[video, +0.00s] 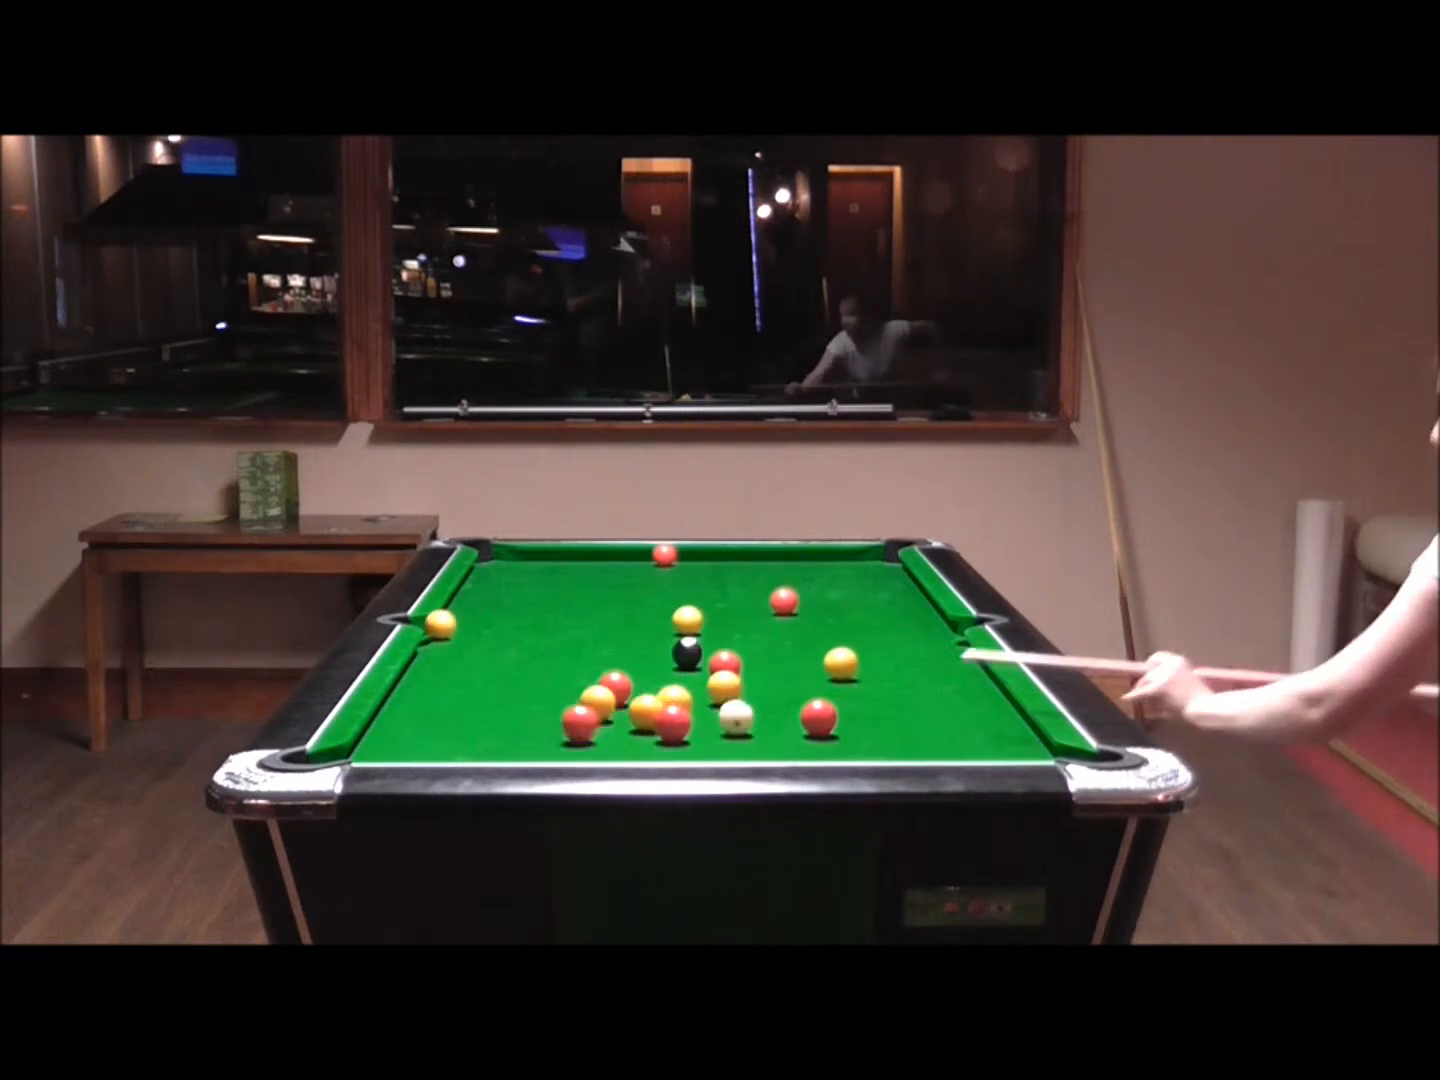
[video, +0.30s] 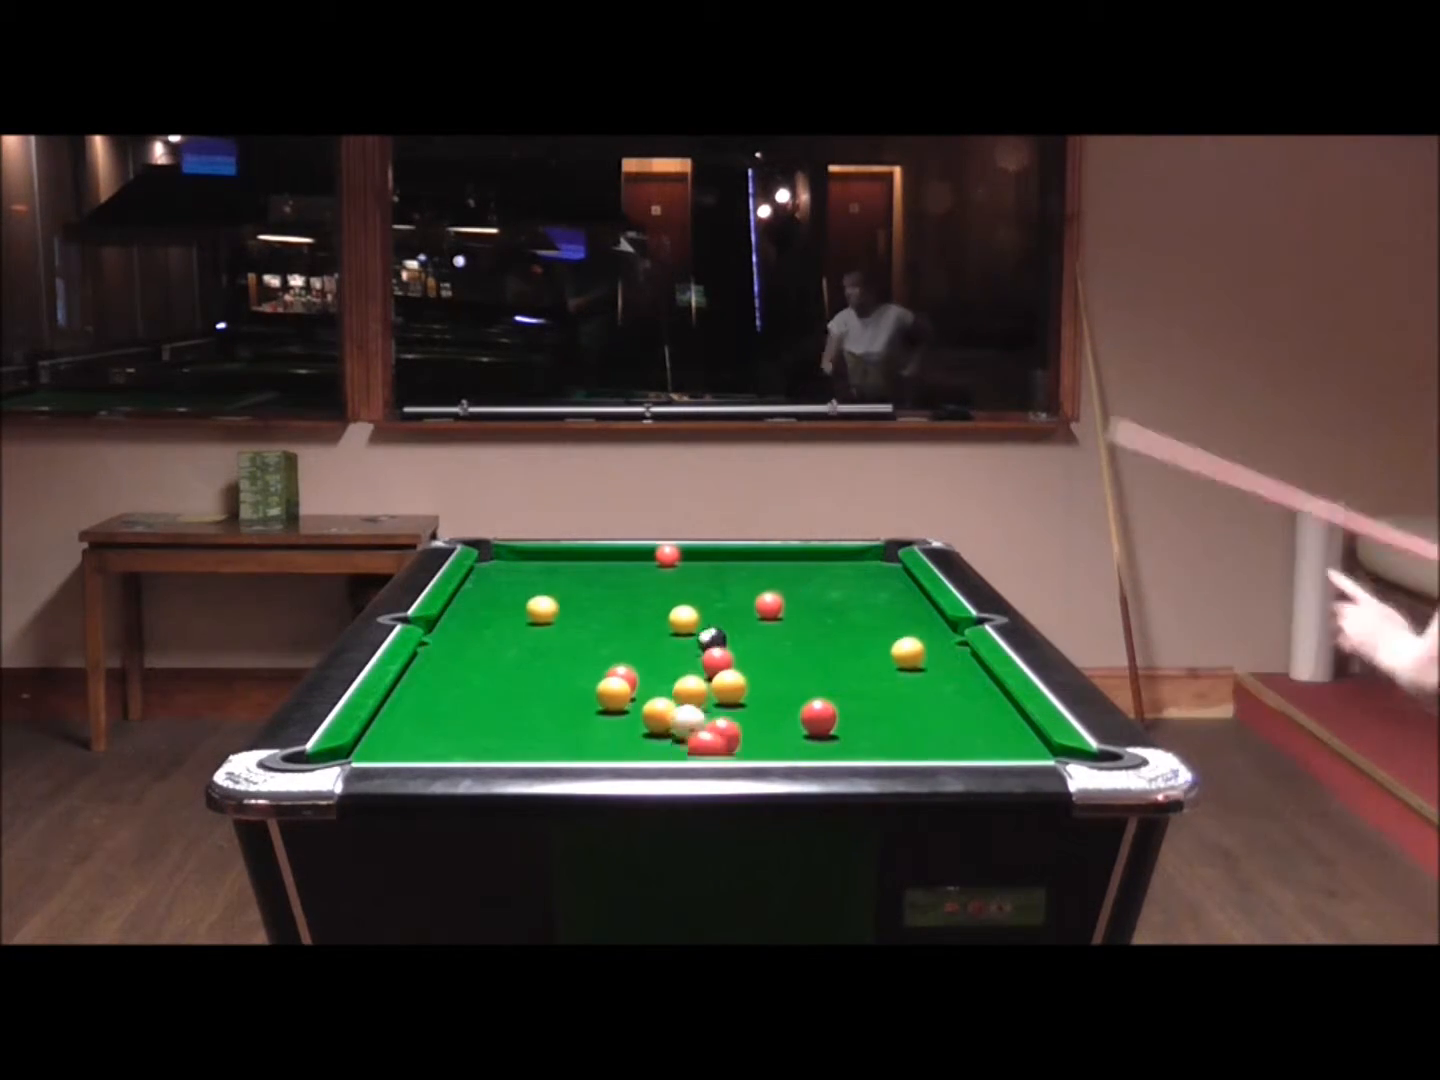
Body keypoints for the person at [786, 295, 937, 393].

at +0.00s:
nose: (845, 321)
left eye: (851, 315)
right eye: (843, 316)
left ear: (866, 317)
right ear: (841, 317)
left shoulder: (892, 332)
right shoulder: (841, 343)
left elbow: (928, 329)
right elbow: (819, 373)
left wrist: (939, 368)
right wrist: (802, 389)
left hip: (893, 391)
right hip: (857, 395)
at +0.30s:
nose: (848, 293)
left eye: (854, 287)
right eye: (846, 288)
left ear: (868, 289)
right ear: (844, 290)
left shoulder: (895, 315)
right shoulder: (841, 320)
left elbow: (925, 334)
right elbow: (827, 362)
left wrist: (912, 367)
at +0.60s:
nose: (853, 288)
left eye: (858, 283)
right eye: (852, 283)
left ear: (875, 285)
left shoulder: (898, 312)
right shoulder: (848, 315)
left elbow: (927, 341)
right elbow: (843, 354)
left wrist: (900, 372)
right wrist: (846, 388)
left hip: (888, 393)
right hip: (857, 395)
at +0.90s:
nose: (837, 293)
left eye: (841, 288)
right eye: (835, 289)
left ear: (854, 287)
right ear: (834, 290)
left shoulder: (875, 310)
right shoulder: (834, 314)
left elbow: (906, 343)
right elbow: (835, 356)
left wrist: (883, 367)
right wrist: (833, 390)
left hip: (873, 391)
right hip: (843, 391)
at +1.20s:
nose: (793, 291)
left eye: (797, 286)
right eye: (791, 287)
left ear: (810, 284)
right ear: (788, 287)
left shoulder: (824, 307)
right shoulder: (791, 312)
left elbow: (856, 341)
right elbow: (795, 356)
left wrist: (832, 358)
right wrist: (790, 389)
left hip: (825, 387)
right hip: (800, 388)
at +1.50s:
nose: (738, 288)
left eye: (744, 282)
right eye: (736, 283)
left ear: (758, 285)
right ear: (734, 286)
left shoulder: (768, 309)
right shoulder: (738, 315)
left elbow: (800, 342)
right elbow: (736, 354)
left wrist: (780, 358)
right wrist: (726, 380)